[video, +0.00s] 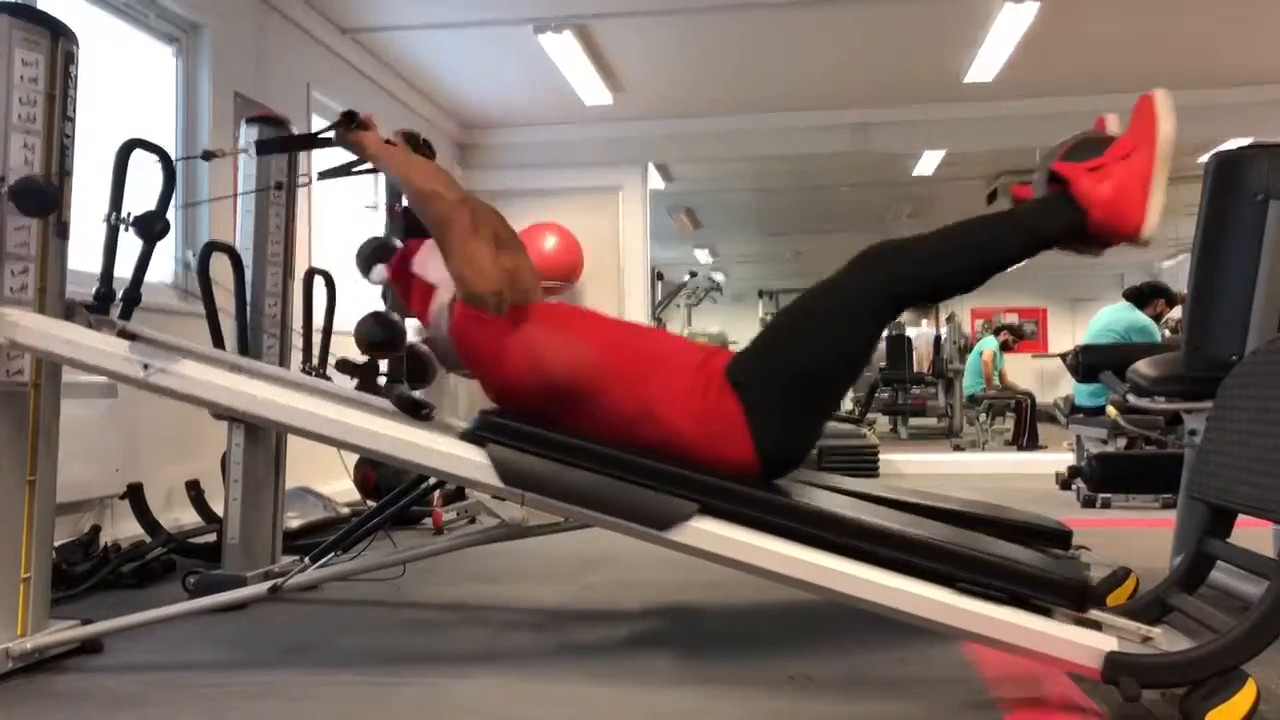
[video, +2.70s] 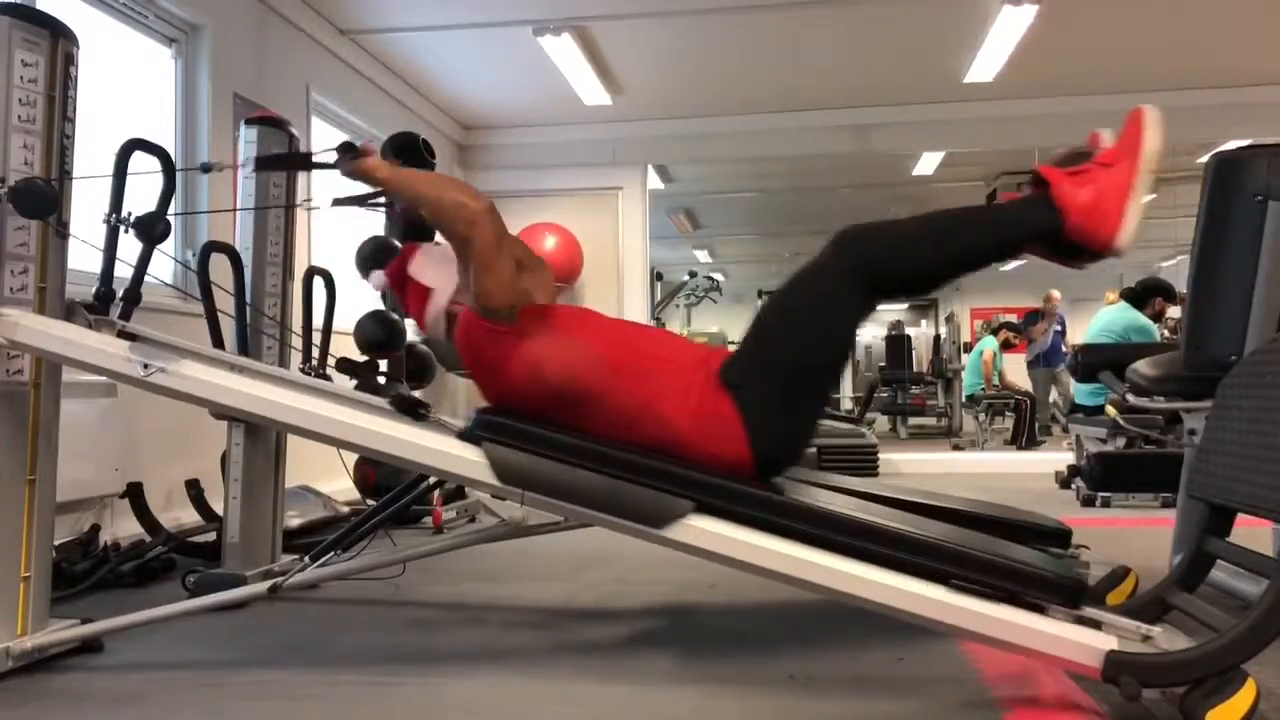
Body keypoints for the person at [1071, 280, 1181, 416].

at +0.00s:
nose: (1163, 316)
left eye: (1166, 313)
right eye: (1166, 311)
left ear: (1139, 298)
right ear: (1159, 305)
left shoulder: (1107, 311)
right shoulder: (1143, 324)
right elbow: (1158, 367)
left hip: (1082, 398)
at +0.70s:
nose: (1162, 313)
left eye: (1164, 308)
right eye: (1164, 308)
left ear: (1137, 295)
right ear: (1160, 307)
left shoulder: (1106, 312)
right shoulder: (1143, 325)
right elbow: (1157, 368)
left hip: (1081, 396)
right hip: (1102, 401)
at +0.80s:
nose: (1163, 311)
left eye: (1164, 306)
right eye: (1164, 306)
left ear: (1136, 295)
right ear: (1158, 304)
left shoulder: (1106, 311)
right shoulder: (1143, 324)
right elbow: (1157, 367)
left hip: (1082, 396)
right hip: (1102, 401)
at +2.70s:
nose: (1166, 312)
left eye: (1169, 307)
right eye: (1167, 306)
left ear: (1139, 297)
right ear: (1158, 303)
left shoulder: (1108, 311)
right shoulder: (1143, 325)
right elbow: (1156, 370)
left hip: (1083, 396)